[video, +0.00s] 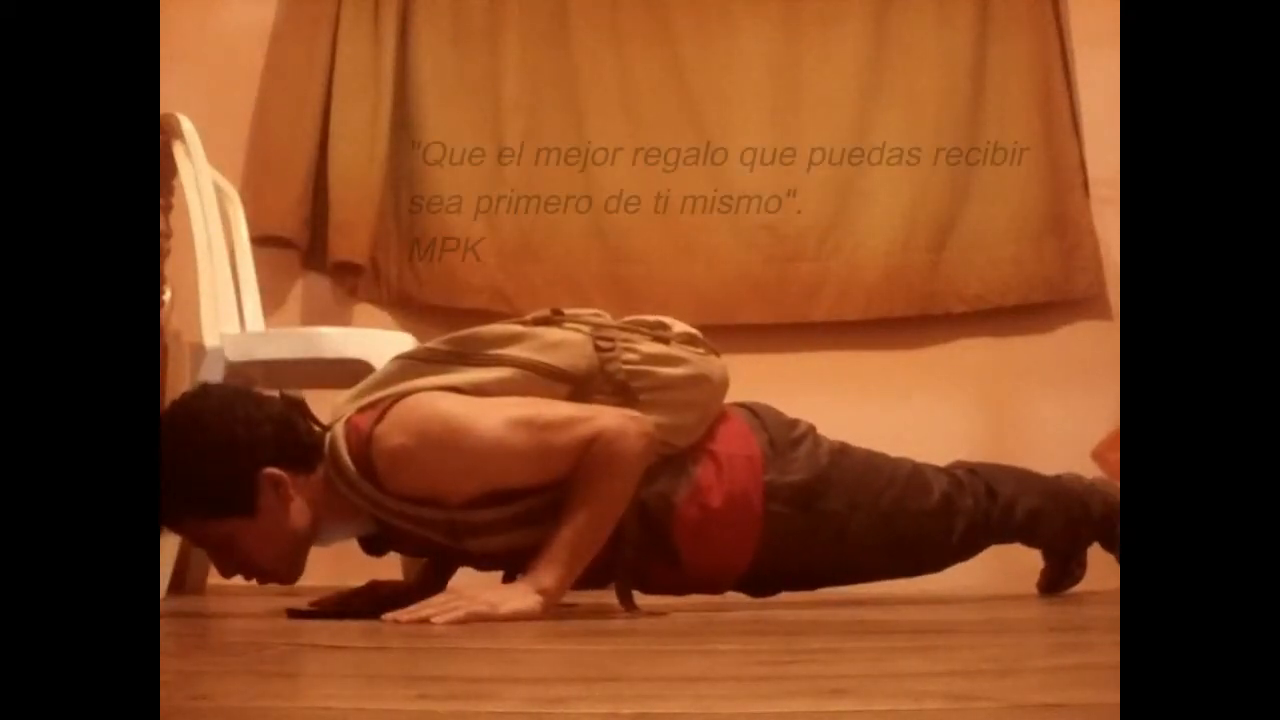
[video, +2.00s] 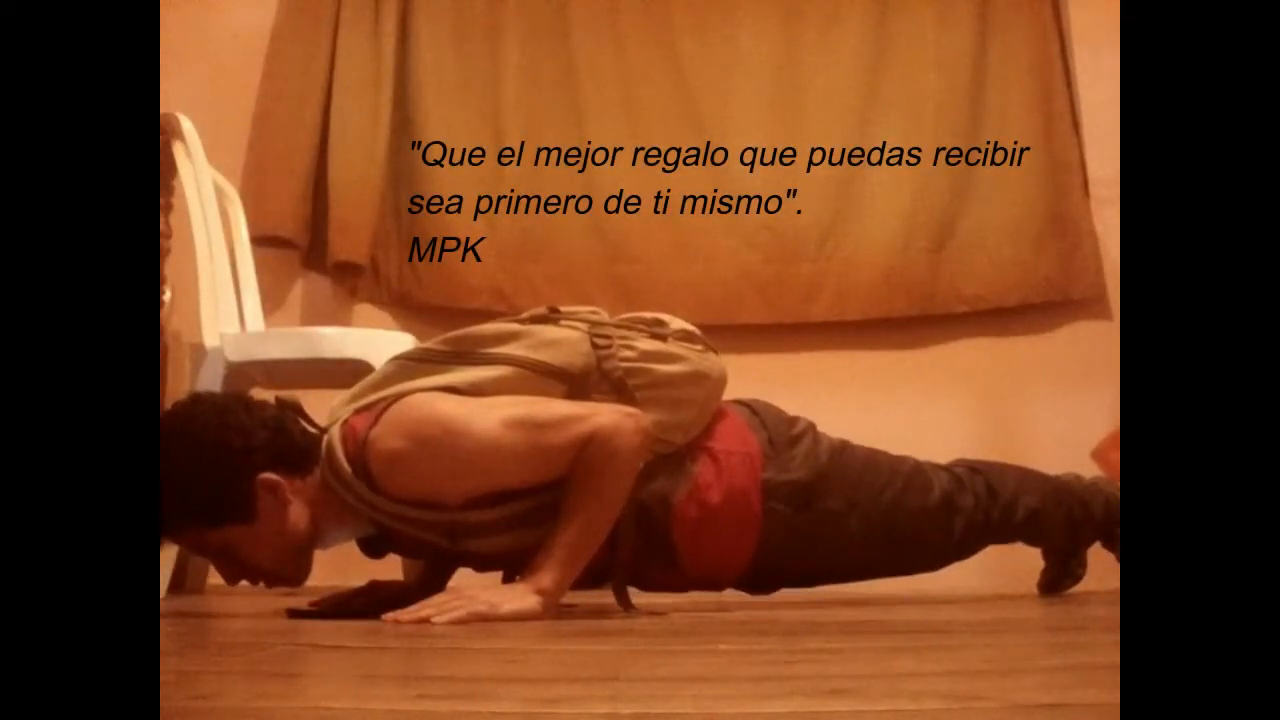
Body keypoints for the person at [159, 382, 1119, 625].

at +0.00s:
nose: (221, 567)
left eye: (219, 544)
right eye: (204, 552)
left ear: (277, 489)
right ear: (272, 482)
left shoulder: (411, 446)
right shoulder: (358, 454)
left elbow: (618, 441)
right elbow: (466, 540)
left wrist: (538, 588)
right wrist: (383, 588)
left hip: (743, 492)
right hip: (712, 504)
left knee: (946, 509)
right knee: (924, 508)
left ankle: (1094, 505)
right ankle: (1073, 506)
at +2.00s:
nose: (225, 573)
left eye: (220, 549)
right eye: (207, 559)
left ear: (275, 491)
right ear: (270, 483)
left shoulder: (405, 448)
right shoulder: (356, 457)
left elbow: (616, 438)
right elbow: (462, 538)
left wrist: (538, 587)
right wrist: (394, 585)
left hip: (740, 488)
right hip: (710, 502)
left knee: (944, 508)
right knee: (922, 507)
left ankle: (1094, 504)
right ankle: (1072, 506)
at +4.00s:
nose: (220, 573)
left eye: (214, 548)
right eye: (201, 559)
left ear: (267, 489)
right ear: (263, 481)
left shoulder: (400, 448)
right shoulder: (354, 461)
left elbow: (613, 437)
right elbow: (454, 548)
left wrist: (538, 588)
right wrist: (376, 592)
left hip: (739, 491)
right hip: (712, 502)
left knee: (944, 508)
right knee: (923, 506)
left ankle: (1091, 504)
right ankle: (1075, 503)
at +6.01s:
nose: (219, 576)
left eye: (211, 552)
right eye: (200, 561)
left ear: (263, 494)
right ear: (260, 483)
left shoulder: (396, 451)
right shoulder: (353, 461)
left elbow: (610, 438)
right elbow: (481, 534)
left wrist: (539, 588)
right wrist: (384, 589)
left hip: (735, 490)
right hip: (707, 505)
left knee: (941, 509)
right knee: (921, 509)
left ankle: (1093, 505)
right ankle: (1075, 506)